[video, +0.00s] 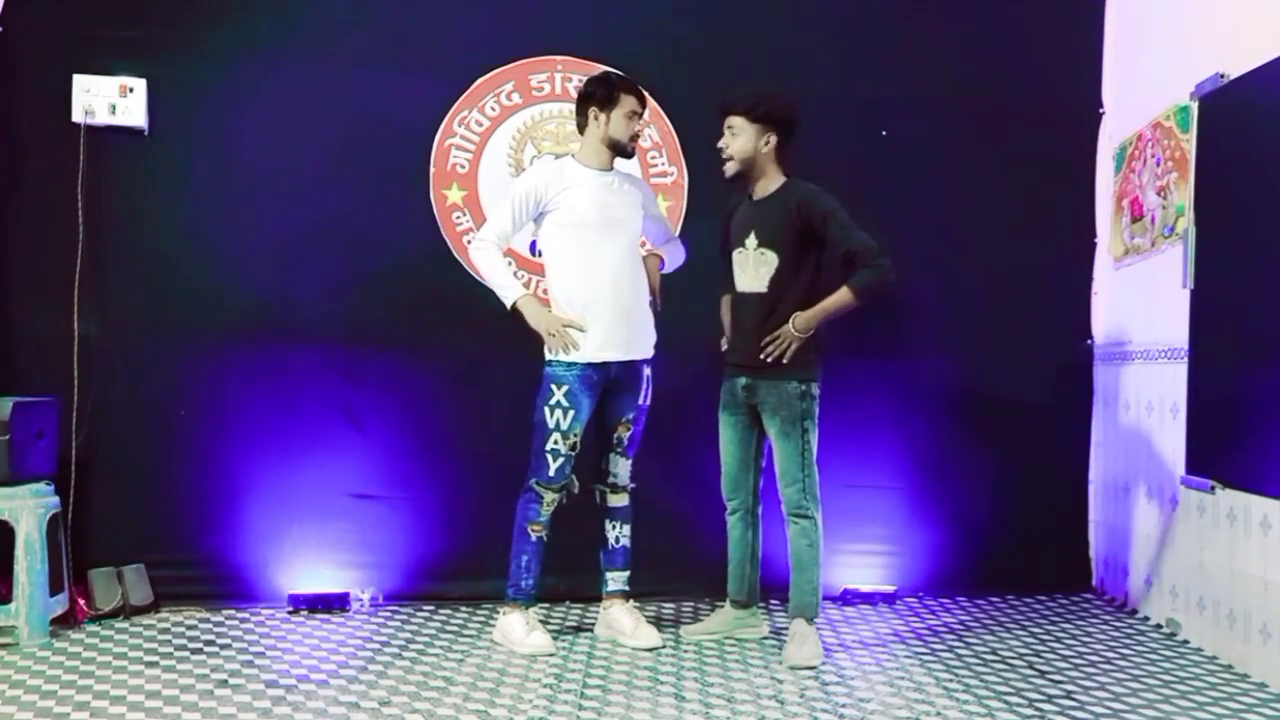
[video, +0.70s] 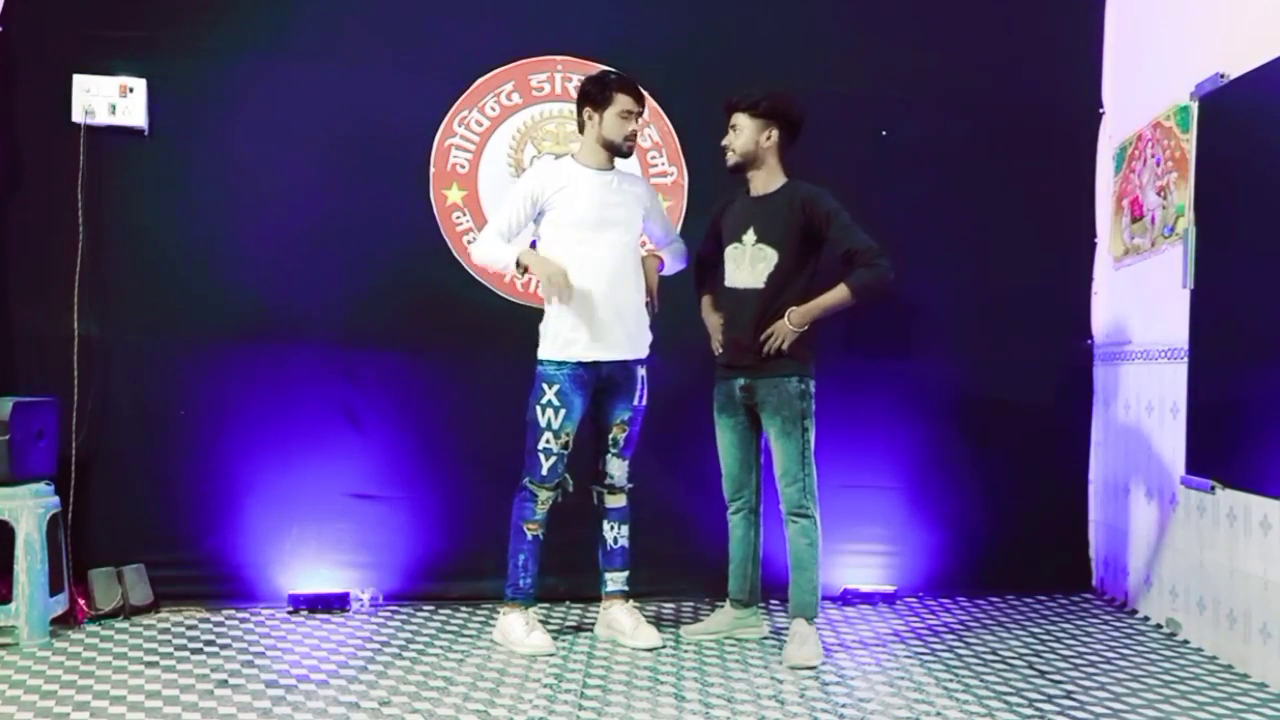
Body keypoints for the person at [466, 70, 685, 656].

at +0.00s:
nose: (640, 125)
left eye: (642, 116)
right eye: (632, 114)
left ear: (621, 121)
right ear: (595, 115)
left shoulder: (636, 185)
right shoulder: (546, 177)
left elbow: (672, 248)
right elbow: (485, 246)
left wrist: (655, 263)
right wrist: (527, 306)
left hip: (634, 353)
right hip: (573, 353)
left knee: (619, 480)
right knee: (551, 480)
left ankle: (616, 605)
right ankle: (516, 611)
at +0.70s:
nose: (635, 125)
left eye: (638, 117)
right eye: (625, 115)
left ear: (633, 122)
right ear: (590, 115)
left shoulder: (638, 185)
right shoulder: (546, 177)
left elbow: (675, 252)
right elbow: (487, 245)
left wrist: (657, 259)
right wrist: (534, 260)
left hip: (628, 353)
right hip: (565, 352)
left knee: (617, 480)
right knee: (545, 479)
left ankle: (615, 605)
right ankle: (516, 611)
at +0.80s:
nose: (624, 131)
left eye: (630, 123)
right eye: (614, 119)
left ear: (632, 127)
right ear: (583, 116)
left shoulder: (638, 185)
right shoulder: (548, 176)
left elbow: (678, 253)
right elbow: (489, 249)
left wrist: (657, 262)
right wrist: (530, 195)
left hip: (628, 351)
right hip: (564, 350)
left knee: (617, 481)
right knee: (544, 480)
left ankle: (616, 605)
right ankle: (516, 611)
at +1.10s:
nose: (593, 151)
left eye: (601, 140)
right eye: (582, 142)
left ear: (617, 128)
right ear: (561, 132)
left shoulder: (644, 188)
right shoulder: (550, 181)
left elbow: (689, 250)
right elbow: (494, 161)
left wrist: (663, 259)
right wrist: (542, 116)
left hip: (625, 352)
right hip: (560, 350)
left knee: (617, 479)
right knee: (543, 478)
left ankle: (615, 604)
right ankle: (516, 610)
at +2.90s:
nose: (606, 125)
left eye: (608, 115)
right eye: (595, 115)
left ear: (605, 120)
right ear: (560, 120)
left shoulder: (626, 182)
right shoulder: (536, 179)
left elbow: (670, 243)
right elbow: (485, 153)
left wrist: (656, 259)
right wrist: (532, 115)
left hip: (615, 350)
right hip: (552, 349)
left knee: (610, 477)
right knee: (538, 478)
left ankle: (615, 604)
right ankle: (515, 611)